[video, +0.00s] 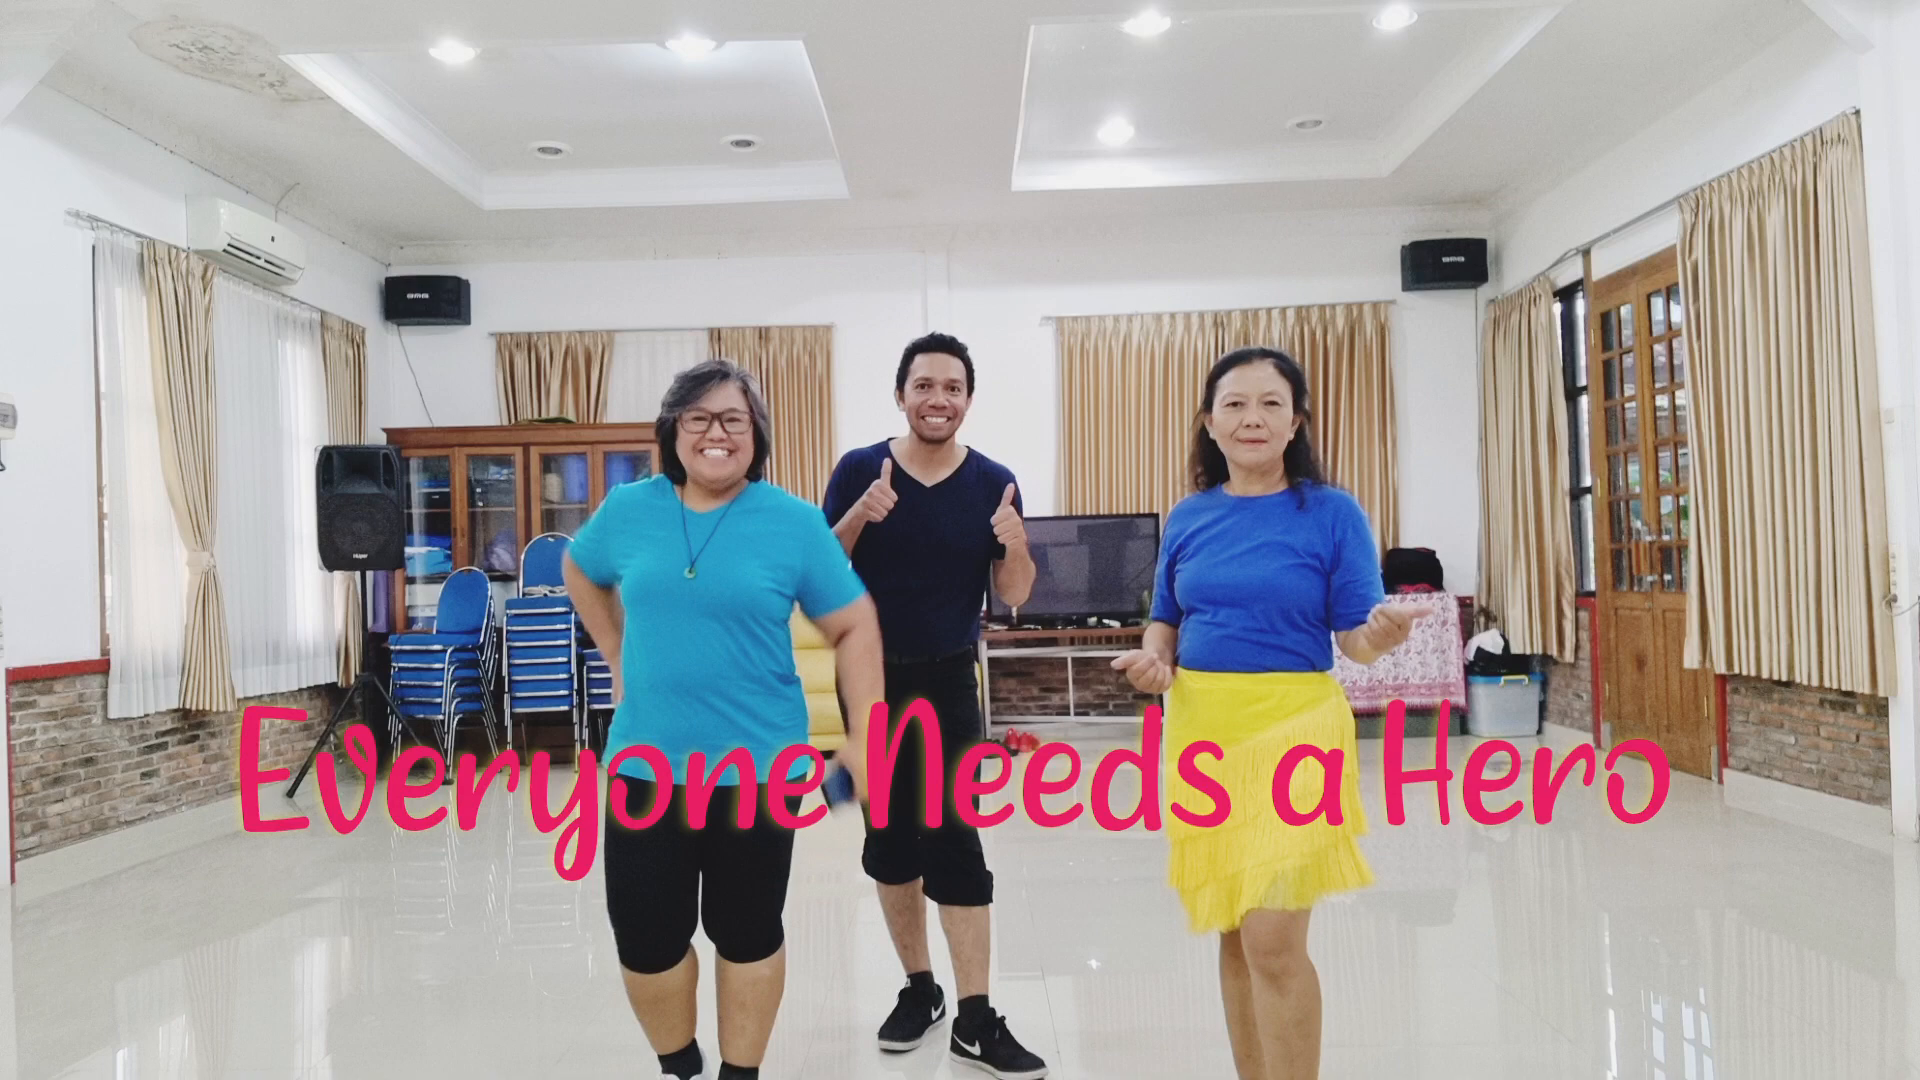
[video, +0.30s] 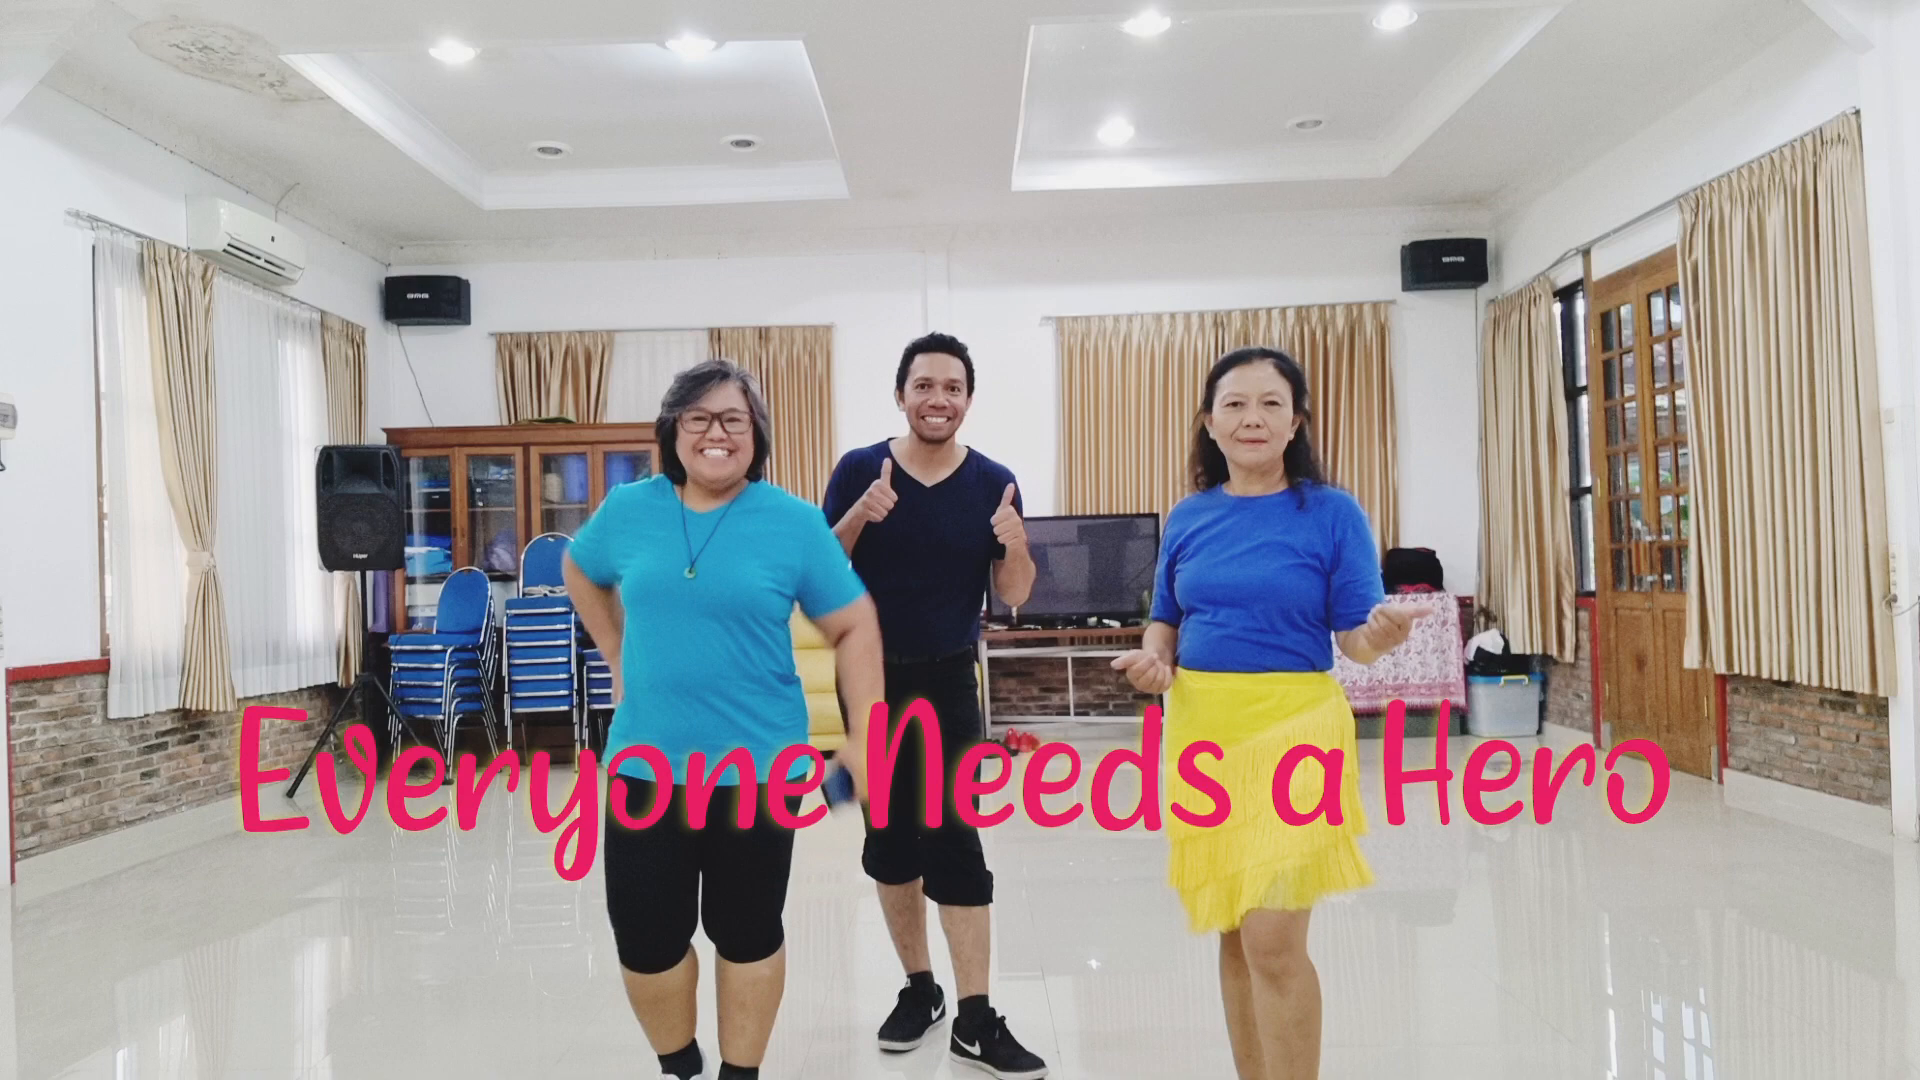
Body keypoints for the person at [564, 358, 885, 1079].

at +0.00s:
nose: (720, 432)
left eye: (736, 420)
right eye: (702, 420)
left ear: (756, 436)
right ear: (672, 434)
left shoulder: (795, 523)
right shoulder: (627, 509)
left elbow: (856, 626)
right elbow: (580, 570)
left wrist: (865, 738)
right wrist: (625, 663)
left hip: (758, 768)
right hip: (645, 764)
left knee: (746, 932)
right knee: (646, 938)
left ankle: (739, 1076)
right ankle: (680, 1069)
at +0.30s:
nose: (720, 432)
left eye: (736, 420)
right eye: (702, 420)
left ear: (756, 436)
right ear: (672, 434)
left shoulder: (795, 523)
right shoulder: (627, 509)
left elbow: (856, 626)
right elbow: (580, 570)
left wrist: (865, 738)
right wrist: (625, 663)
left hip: (758, 768)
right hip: (645, 764)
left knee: (746, 932)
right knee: (646, 938)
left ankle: (739, 1076)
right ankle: (680, 1069)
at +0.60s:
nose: (720, 432)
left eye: (736, 420)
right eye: (702, 420)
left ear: (756, 436)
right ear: (672, 434)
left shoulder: (795, 523)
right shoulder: (627, 509)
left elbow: (856, 626)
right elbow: (580, 570)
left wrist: (865, 738)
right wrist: (625, 663)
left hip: (758, 768)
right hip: (645, 764)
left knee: (746, 932)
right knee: (646, 938)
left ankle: (739, 1076)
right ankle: (680, 1069)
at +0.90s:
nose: (720, 432)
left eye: (736, 420)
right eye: (702, 420)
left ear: (756, 436)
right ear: (672, 434)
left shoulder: (795, 523)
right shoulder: (627, 509)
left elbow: (856, 626)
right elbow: (580, 570)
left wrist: (865, 738)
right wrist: (625, 663)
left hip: (758, 768)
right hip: (645, 764)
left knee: (746, 932)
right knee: (646, 938)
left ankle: (739, 1076)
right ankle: (680, 1069)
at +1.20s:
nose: (719, 398)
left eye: (734, 385)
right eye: (701, 385)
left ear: (755, 401)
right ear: (672, 400)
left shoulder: (796, 490)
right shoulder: (627, 474)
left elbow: (856, 592)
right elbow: (579, 535)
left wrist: (867, 703)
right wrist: (623, 627)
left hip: (759, 733)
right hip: (644, 729)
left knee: (746, 899)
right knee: (647, 906)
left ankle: (739, 1052)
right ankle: (681, 1041)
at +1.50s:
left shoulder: (798, 5)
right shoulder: (620, 3)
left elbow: (855, 85)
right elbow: (580, 30)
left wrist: (867, 197)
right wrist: (626, 128)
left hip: (757, 222)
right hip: (646, 220)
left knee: (746, 392)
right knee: (646, 398)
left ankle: (739, 548)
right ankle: (682, 537)